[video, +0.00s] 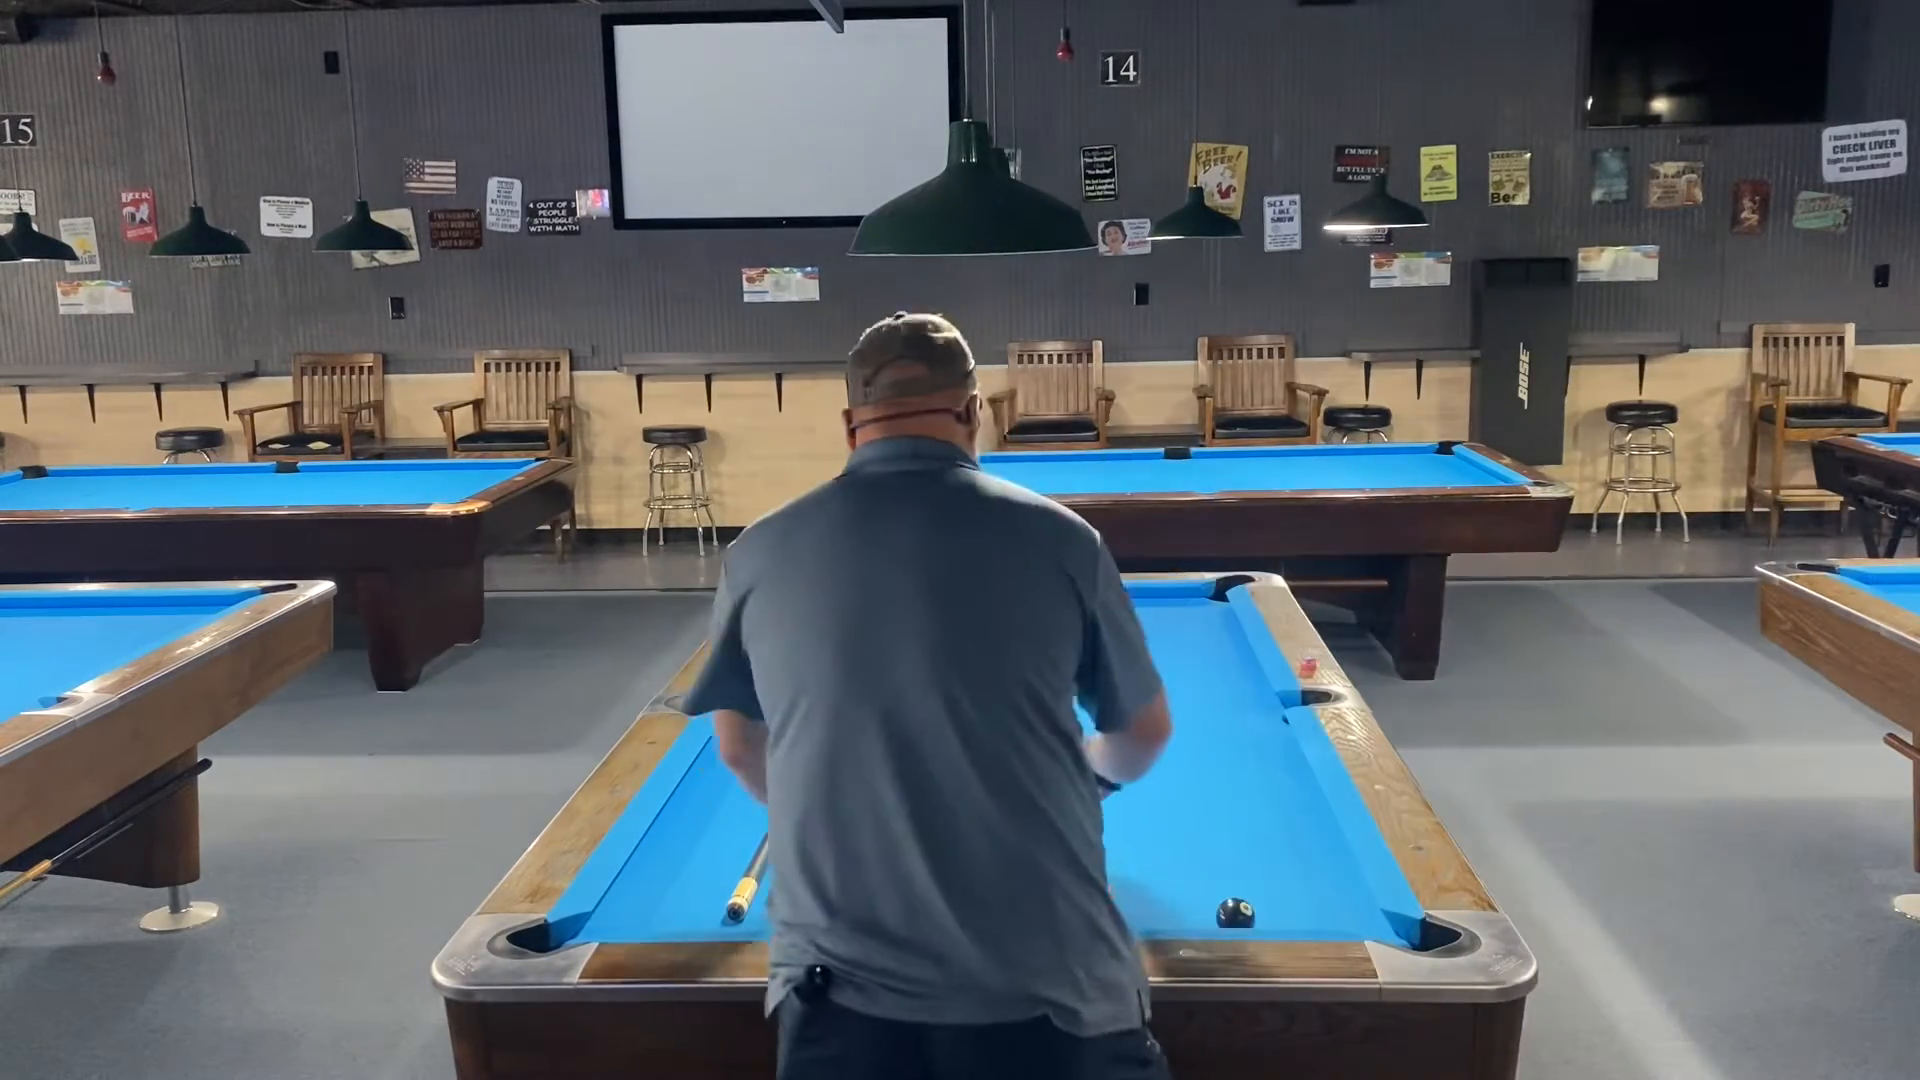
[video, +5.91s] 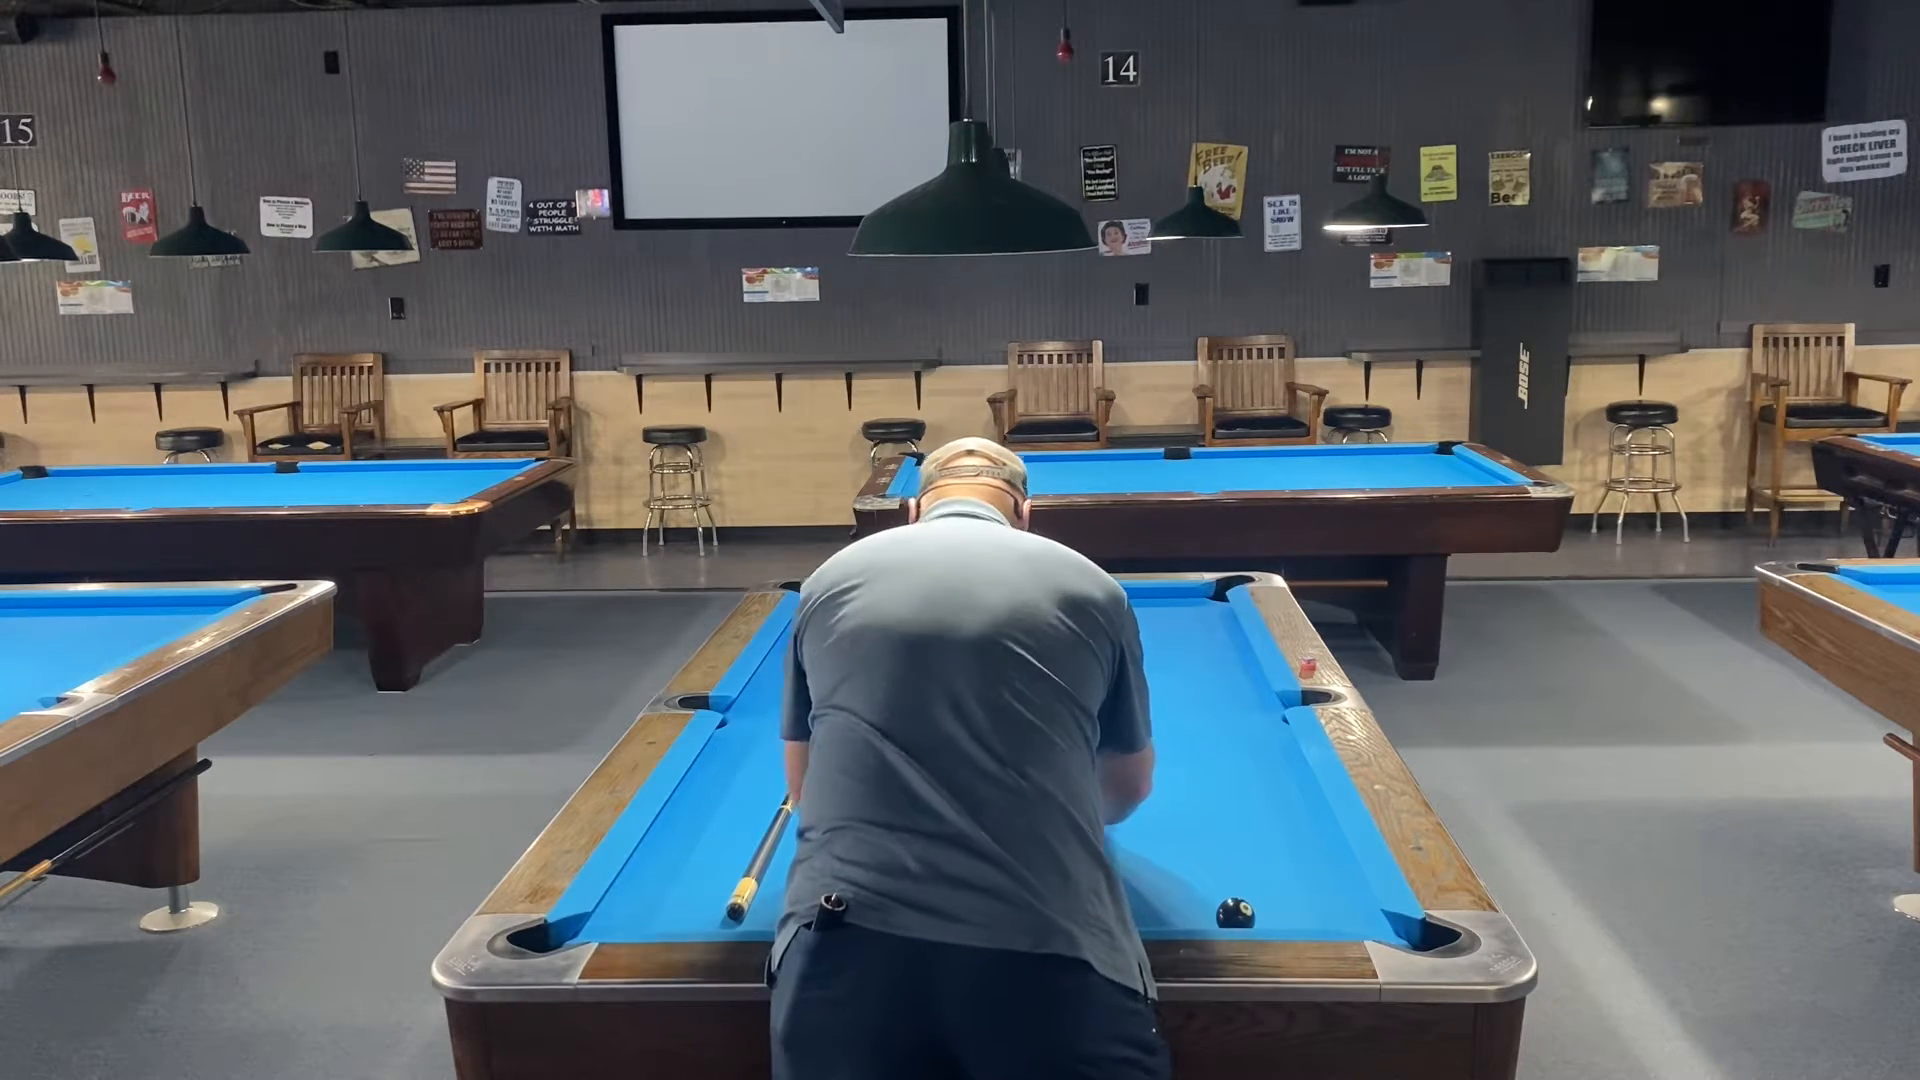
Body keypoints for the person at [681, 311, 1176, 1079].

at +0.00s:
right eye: (974, 412)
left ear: (851, 426)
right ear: (973, 415)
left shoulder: (764, 548)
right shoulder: (1061, 538)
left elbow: (738, 742)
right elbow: (1142, 731)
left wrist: (817, 812)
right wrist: (1084, 767)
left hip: (844, 1014)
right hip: (1049, 1016)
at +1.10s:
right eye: (1018, 506)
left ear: (907, 509)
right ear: (1014, 513)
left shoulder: (834, 557)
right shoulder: (1084, 605)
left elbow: (776, 750)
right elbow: (1120, 792)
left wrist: (829, 862)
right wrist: (1016, 844)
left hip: (856, 957)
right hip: (1057, 970)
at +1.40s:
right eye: (1022, 511)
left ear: (911, 515)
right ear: (1017, 518)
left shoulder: (832, 578)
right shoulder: (1083, 602)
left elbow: (781, 765)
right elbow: (1150, 805)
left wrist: (863, 804)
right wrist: (1078, 813)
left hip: (851, 956)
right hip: (1051, 965)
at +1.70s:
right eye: (1059, 533)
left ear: (946, 522)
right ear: (1046, 531)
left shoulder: (857, 580)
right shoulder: (1101, 600)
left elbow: (858, 729)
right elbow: (1182, 812)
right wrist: (1163, 836)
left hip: (840, 956)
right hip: (1040, 966)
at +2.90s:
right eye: (1048, 493)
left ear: (931, 490)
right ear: (1039, 486)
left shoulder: (836, 573)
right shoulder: (1097, 578)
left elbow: (813, 768)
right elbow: (1164, 789)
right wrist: (1094, 825)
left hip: (844, 965)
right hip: (1047, 972)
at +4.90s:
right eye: (1020, 512)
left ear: (913, 519)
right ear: (1018, 517)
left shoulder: (834, 592)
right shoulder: (1089, 598)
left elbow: (809, 789)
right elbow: (1123, 801)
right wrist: (1031, 849)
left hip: (846, 956)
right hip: (1050, 963)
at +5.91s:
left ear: (915, 509)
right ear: (1024, 512)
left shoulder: (831, 577)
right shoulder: (1095, 587)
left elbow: (805, 784)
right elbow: (1125, 784)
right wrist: (1031, 811)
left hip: (847, 962)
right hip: (1054, 970)